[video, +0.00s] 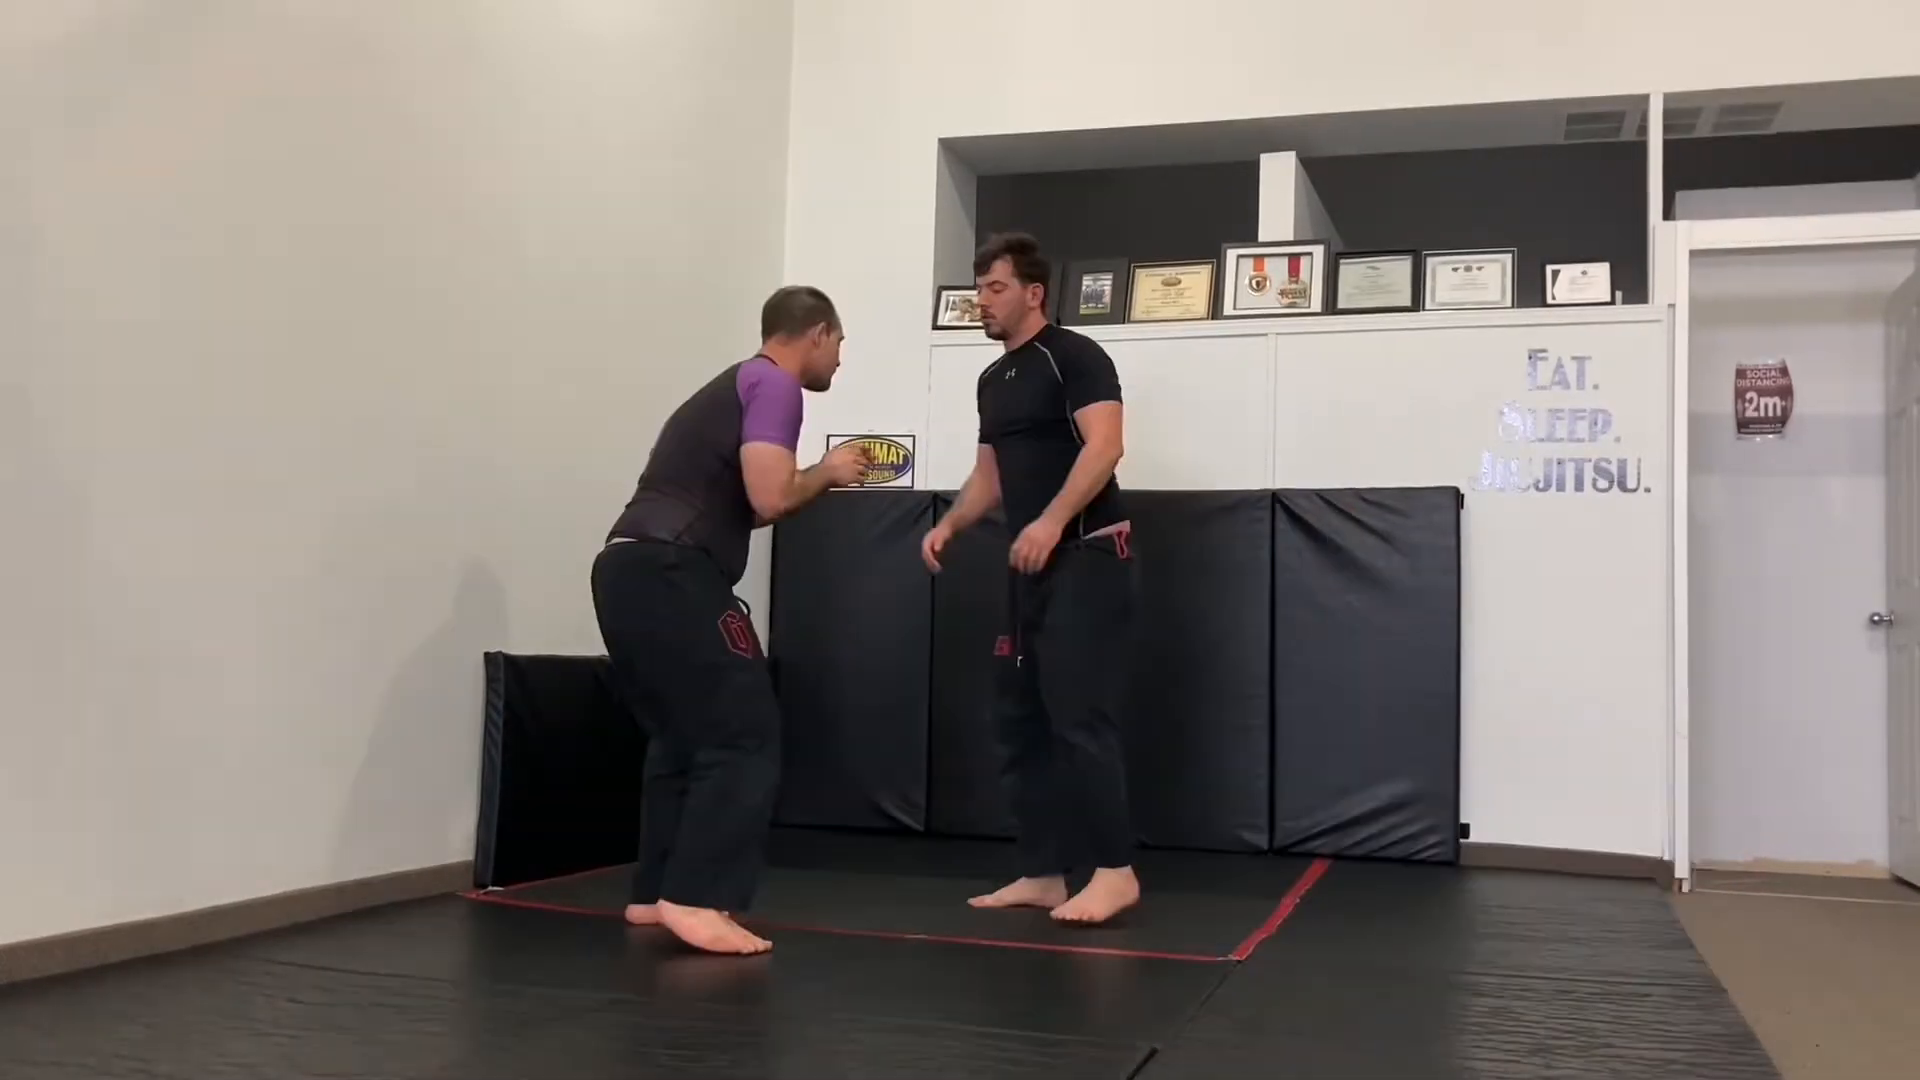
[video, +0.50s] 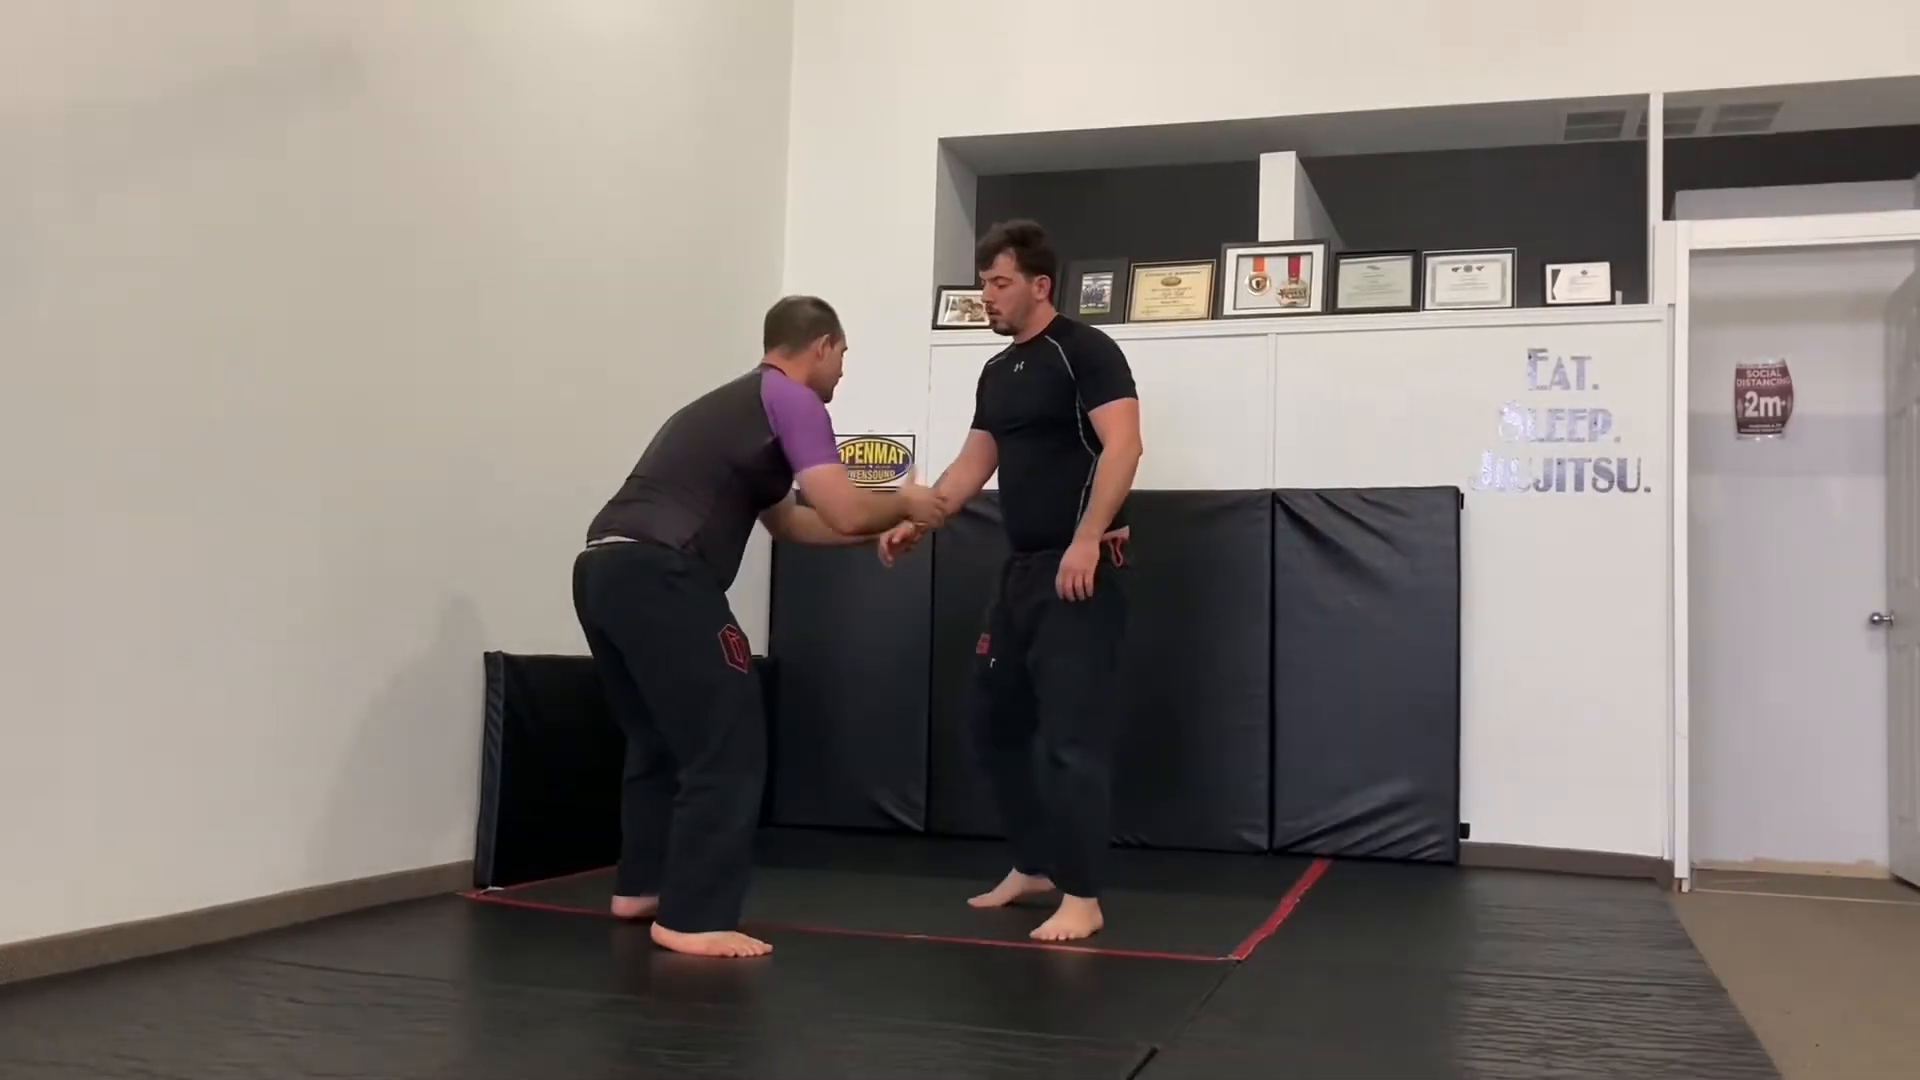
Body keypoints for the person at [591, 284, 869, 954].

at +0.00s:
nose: (840, 359)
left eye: (841, 346)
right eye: (839, 345)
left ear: (776, 333)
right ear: (817, 336)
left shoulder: (738, 382)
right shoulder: (773, 383)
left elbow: (755, 504)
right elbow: (770, 496)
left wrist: (820, 475)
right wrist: (826, 472)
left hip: (626, 570)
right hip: (669, 573)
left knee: (679, 735)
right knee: (744, 734)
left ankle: (654, 894)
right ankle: (698, 902)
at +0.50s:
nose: (841, 369)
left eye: (841, 356)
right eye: (840, 355)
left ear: (776, 349)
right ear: (821, 349)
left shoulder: (735, 403)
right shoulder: (792, 399)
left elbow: (788, 523)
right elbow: (849, 510)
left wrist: (879, 527)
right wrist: (907, 499)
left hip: (602, 571)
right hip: (660, 576)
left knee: (656, 737)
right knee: (729, 738)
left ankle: (639, 886)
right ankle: (694, 919)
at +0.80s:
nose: (831, 393)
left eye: (832, 379)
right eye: (829, 377)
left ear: (769, 367)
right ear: (803, 367)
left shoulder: (718, 415)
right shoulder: (783, 411)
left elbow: (741, 537)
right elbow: (877, 485)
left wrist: (837, 538)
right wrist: (952, 486)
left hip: (579, 574)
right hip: (636, 579)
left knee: (616, 741)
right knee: (707, 739)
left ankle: (581, 892)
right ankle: (687, 920)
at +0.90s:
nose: (835, 410)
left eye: (838, 397)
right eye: (834, 394)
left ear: (777, 379)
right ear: (801, 380)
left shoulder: (722, 423)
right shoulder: (779, 420)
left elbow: (736, 546)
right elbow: (871, 501)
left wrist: (826, 550)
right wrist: (929, 483)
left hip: (569, 574)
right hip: (628, 580)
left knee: (610, 740)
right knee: (693, 742)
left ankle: (583, 890)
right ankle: (678, 913)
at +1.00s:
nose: (851, 433)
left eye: (855, 420)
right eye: (850, 417)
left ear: (801, 400)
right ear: (816, 401)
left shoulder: (735, 438)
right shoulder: (790, 440)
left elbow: (728, 557)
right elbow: (864, 532)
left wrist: (807, 561)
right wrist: (921, 504)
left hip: (575, 574)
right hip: (627, 581)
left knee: (614, 735)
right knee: (699, 727)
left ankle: (583, 887)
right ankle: (665, 898)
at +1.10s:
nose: (871, 453)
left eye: (877, 443)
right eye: (869, 440)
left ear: (822, 420)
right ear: (833, 420)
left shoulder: (761, 450)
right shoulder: (801, 457)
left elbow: (734, 561)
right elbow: (861, 552)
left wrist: (796, 590)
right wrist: (915, 512)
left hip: (594, 579)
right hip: (632, 586)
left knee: (635, 737)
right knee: (709, 726)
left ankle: (587, 885)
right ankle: (668, 886)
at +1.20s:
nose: (893, 482)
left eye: (900, 471)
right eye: (889, 467)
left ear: (843, 442)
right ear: (851, 444)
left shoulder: (791, 464)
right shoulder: (814, 473)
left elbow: (763, 570)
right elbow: (869, 571)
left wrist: (797, 634)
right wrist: (912, 514)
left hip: (627, 591)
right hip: (644, 597)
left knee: (687, 729)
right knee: (720, 733)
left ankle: (609, 849)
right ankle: (668, 896)